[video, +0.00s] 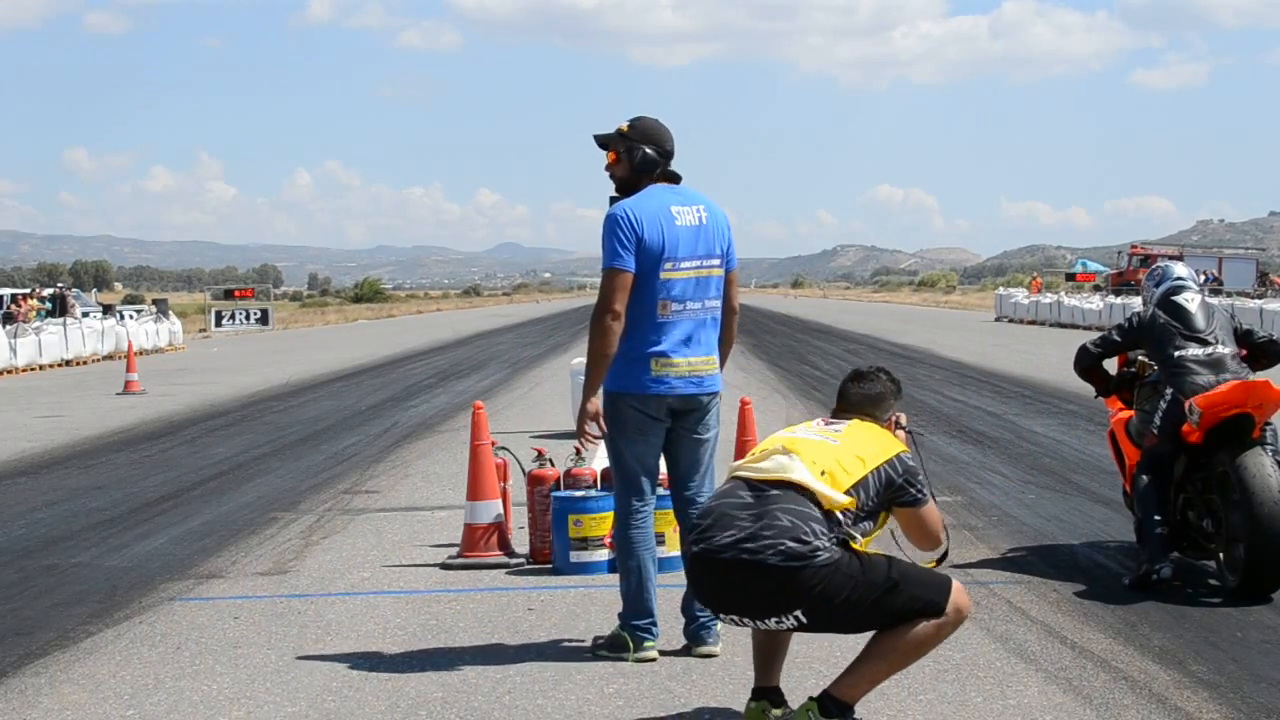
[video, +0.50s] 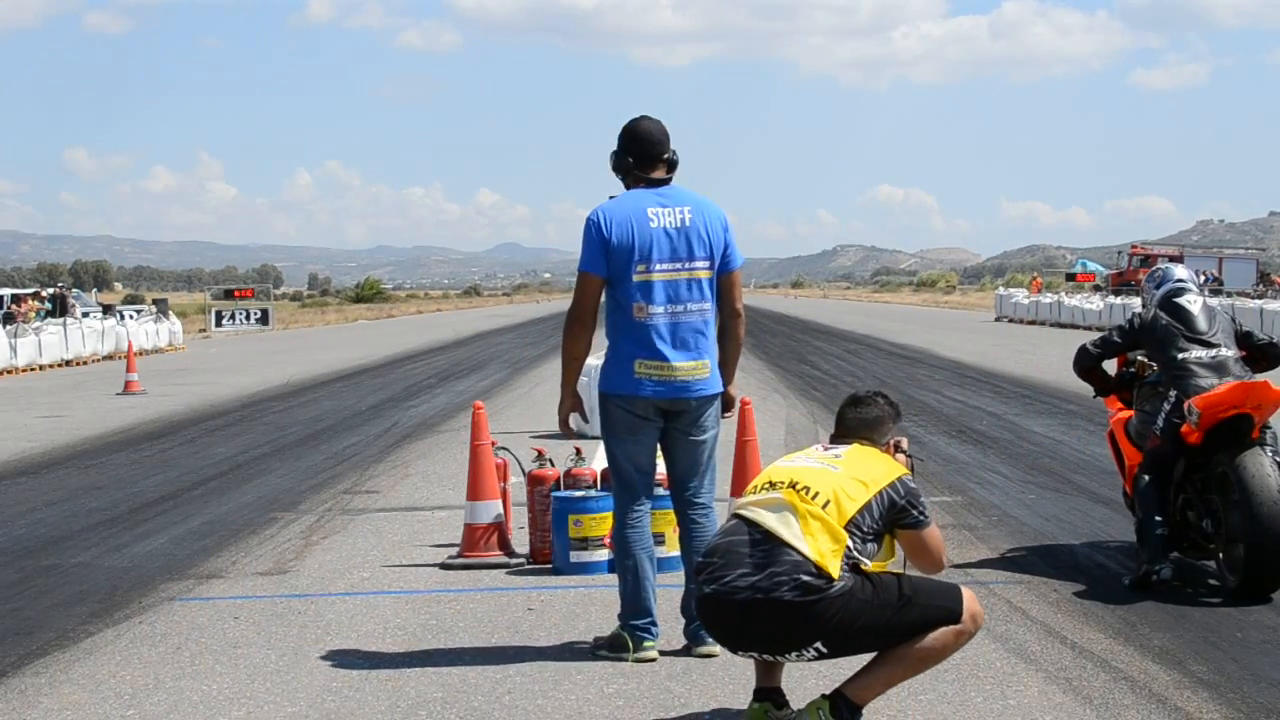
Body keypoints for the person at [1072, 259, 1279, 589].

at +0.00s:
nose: (1144, 296)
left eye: (1146, 290)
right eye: (1145, 291)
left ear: (1154, 288)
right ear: (1193, 283)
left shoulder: (1146, 319)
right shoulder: (1222, 312)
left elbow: (1086, 356)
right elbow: (1271, 346)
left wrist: (1108, 386)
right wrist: (1240, 365)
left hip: (1187, 390)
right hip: (1238, 381)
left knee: (1148, 470)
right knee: (1264, 441)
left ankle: (1155, 559)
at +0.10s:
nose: (1144, 297)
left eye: (1146, 292)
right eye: (1145, 292)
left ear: (1155, 289)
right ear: (1192, 284)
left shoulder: (1147, 320)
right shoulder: (1222, 314)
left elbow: (1086, 356)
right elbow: (1271, 348)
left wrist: (1107, 386)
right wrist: (1239, 365)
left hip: (1188, 393)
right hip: (1238, 384)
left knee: (1150, 472)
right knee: (1265, 441)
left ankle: (1155, 562)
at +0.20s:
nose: (1144, 297)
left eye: (1146, 291)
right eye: (1144, 292)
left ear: (1155, 289)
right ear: (1192, 284)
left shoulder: (1148, 319)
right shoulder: (1222, 315)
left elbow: (1087, 357)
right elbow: (1269, 348)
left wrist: (1106, 386)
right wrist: (1237, 368)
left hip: (1189, 393)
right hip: (1239, 385)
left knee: (1149, 471)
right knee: (1265, 436)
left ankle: (1154, 560)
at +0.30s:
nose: (1144, 297)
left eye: (1145, 292)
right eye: (1144, 292)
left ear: (1154, 289)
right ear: (1192, 284)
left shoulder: (1147, 319)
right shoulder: (1222, 313)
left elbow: (1085, 357)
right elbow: (1270, 348)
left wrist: (1106, 386)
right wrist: (1239, 368)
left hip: (1189, 392)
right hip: (1239, 384)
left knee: (1149, 472)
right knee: (1265, 435)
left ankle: (1155, 563)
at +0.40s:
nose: (1144, 297)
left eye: (1146, 291)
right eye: (1144, 292)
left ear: (1154, 288)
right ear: (1192, 284)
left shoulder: (1147, 320)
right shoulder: (1222, 315)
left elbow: (1086, 358)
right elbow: (1270, 349)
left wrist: (1106, 385)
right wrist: (1241, 367)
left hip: (1188, 392)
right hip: (1238, 384)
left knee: (1150, 472)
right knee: (1265, 438)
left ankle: (1154, 561)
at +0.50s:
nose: (1144, 298)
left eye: (1146, 292)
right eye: (1144, 292)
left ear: (1155, 289)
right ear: (1193, 285)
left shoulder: (1147, 320)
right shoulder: (1222, 315)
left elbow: (1085, 357)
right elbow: (1271, 349)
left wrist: (1107, 385)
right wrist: (1241, 368)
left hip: (1189, 392)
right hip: (1239, 384)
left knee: (1150, 473)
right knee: (1265, 439)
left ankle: (1154, 561)